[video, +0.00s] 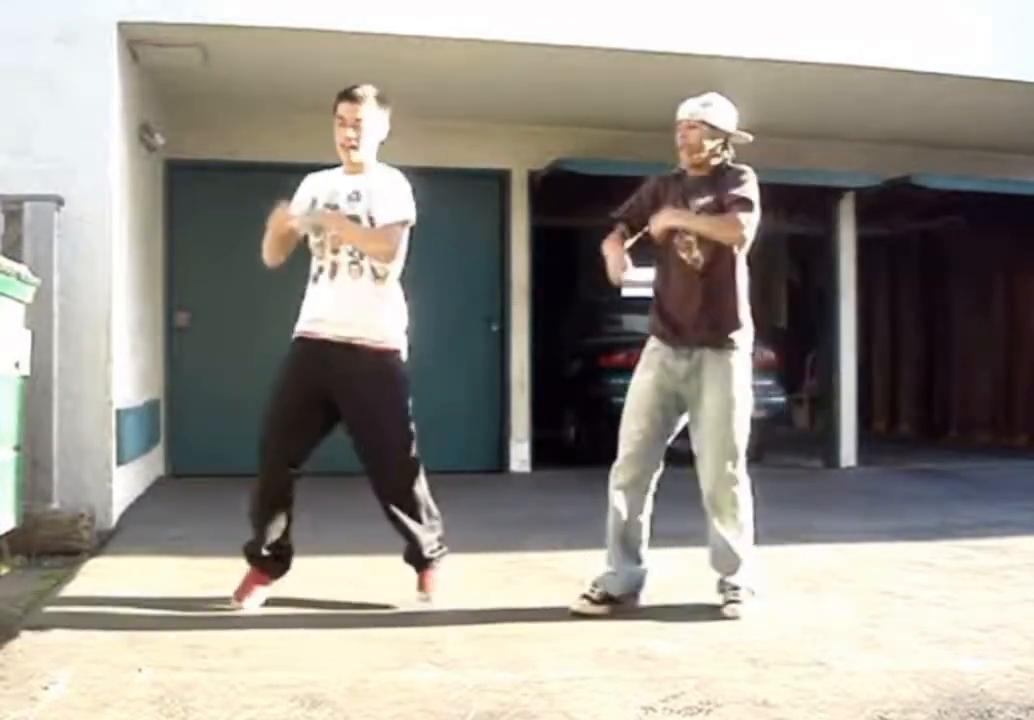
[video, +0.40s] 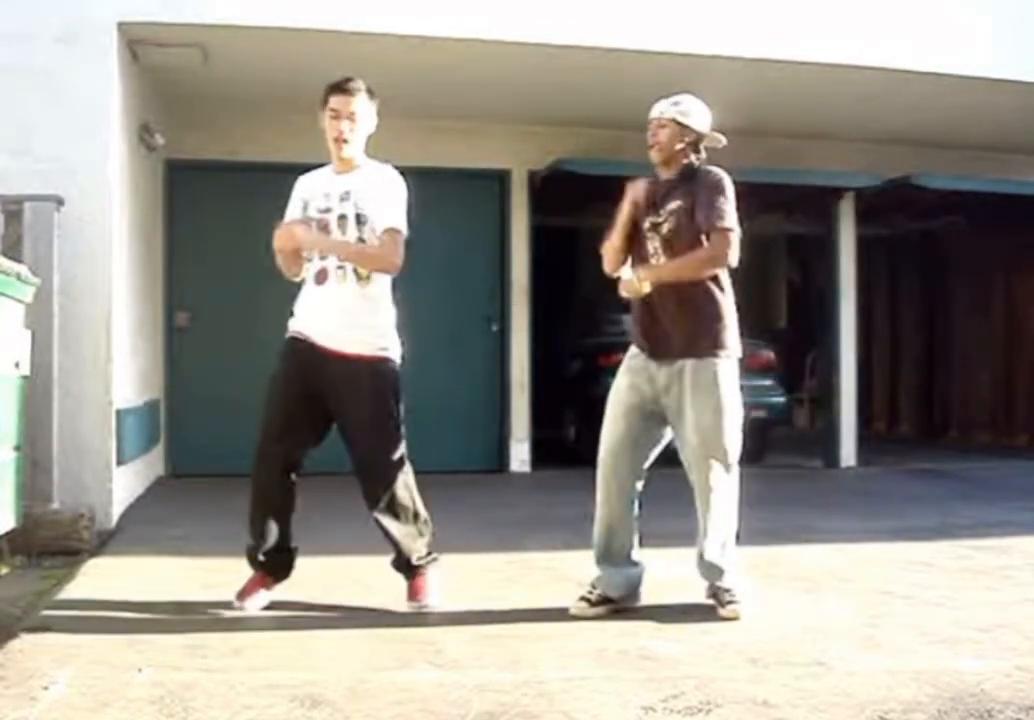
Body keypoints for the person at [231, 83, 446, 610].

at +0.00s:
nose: (349, 134)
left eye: (360, 125)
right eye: (343, 124)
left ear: (381, 130)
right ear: (334, 127)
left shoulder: (391, 186)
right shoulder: (314, 186)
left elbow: (388, 250)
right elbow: (274, 258)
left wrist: (327, 221)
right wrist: (279, 230)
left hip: (375, 351)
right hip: (314, 344)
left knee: (394, 466)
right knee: (277, 453)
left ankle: (427, 556)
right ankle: (266, 562)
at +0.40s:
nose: (342, 125)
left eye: (352, 117)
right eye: (335, 116)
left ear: (370, 124)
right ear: (323, 122)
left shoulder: (386, 183)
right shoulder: (307, 186)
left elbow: (390, 258)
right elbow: (293, 270)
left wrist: (317, 242)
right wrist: (286, 246)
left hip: (366, 349)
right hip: (307, 342)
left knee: (383, 470)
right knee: (274, 453)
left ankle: (419, 564)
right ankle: (269, 565)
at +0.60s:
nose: (385, 134)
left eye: (393, 125)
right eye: (376, 123)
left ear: (403, 128)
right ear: (356, 124)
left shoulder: (419, 177)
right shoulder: (329, 176)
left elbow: (488, 215)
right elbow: (276, 196)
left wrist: (466, 176)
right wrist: (244, 198)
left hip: (400, 337)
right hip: (341, 334)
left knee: (419, 455)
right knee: (309, 452)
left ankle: (442, 562)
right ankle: (280, 573)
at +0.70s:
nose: (413, 133)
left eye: (423, 125)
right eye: (406, 122)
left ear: (433, 128)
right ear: (385, 121)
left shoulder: (449, 182)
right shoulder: (362, 175)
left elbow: (502, 244)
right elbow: (317, 228)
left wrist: (490, 190)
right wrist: (289, 189)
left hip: (417, 341)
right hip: (358, 334)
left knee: (437, 463)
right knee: (325, 450)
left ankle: (478, 544)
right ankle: (290, 566)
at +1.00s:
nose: (443, 162)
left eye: (453, 153)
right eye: (435, 150)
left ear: (467, 155)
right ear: (420, 148)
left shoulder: (484, 212)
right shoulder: (394, 203)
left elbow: (542, 267)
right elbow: (346, 262)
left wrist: (545, 240)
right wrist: (316, 213)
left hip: (454, 370)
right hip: (391, 360)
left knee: (474, 478)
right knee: (351, 472)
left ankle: (496, 568)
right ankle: (303, 580)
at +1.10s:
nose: (433, 134)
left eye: (443, 125)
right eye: (425, 122)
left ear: (459, 125)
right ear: (409, 118)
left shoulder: (477, 183)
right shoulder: (381, 171)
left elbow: (515, 242)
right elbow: (355, 230)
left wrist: (519, 300)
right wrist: (328, 263)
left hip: (446, 332)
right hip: (384, 321)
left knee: (462, 444)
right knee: (347, 429)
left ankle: (487, 547)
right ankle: (315, 546)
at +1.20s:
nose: (420, 147)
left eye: (430, 138)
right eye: (412, 136)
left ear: (444, 139)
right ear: (397, 133)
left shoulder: (463, 198)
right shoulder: (367, 191)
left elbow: (470, 275)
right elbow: (354, 264)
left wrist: (467, 342)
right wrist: (351, 329)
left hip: (442, 348)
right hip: (380, 345)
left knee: (464, 456)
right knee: (341, 451)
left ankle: (473, 564)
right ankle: (287, 553)